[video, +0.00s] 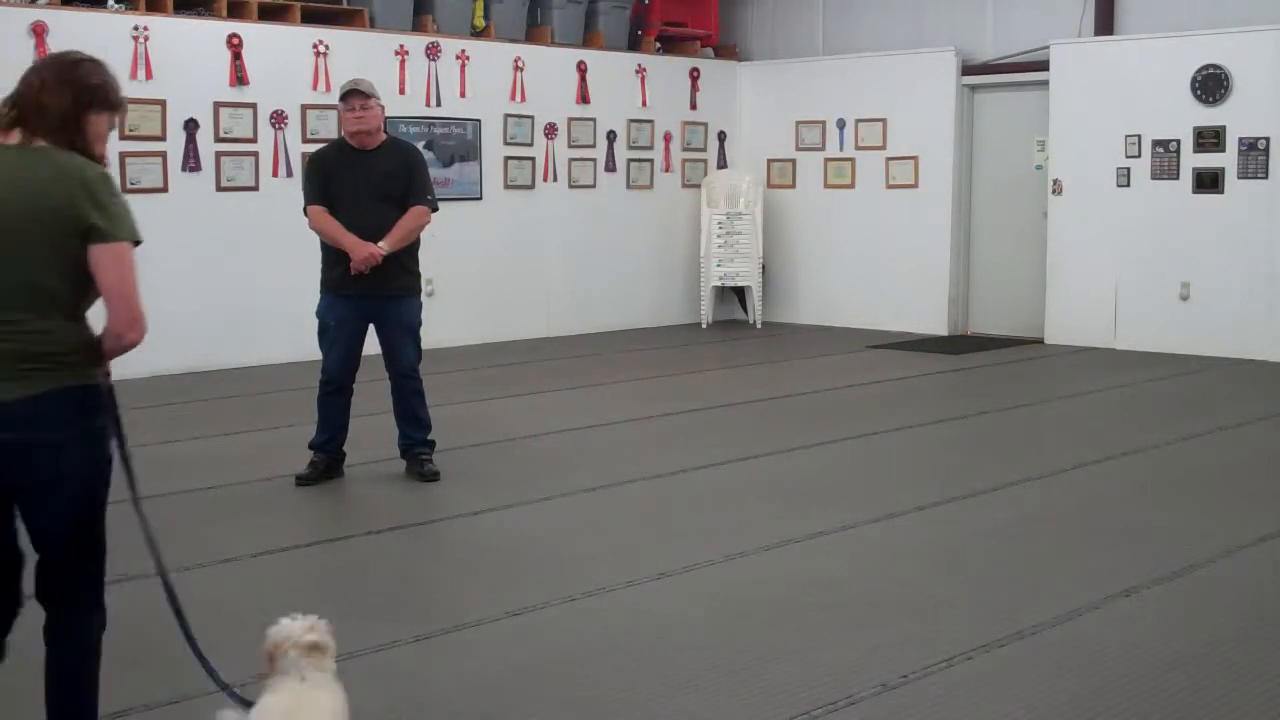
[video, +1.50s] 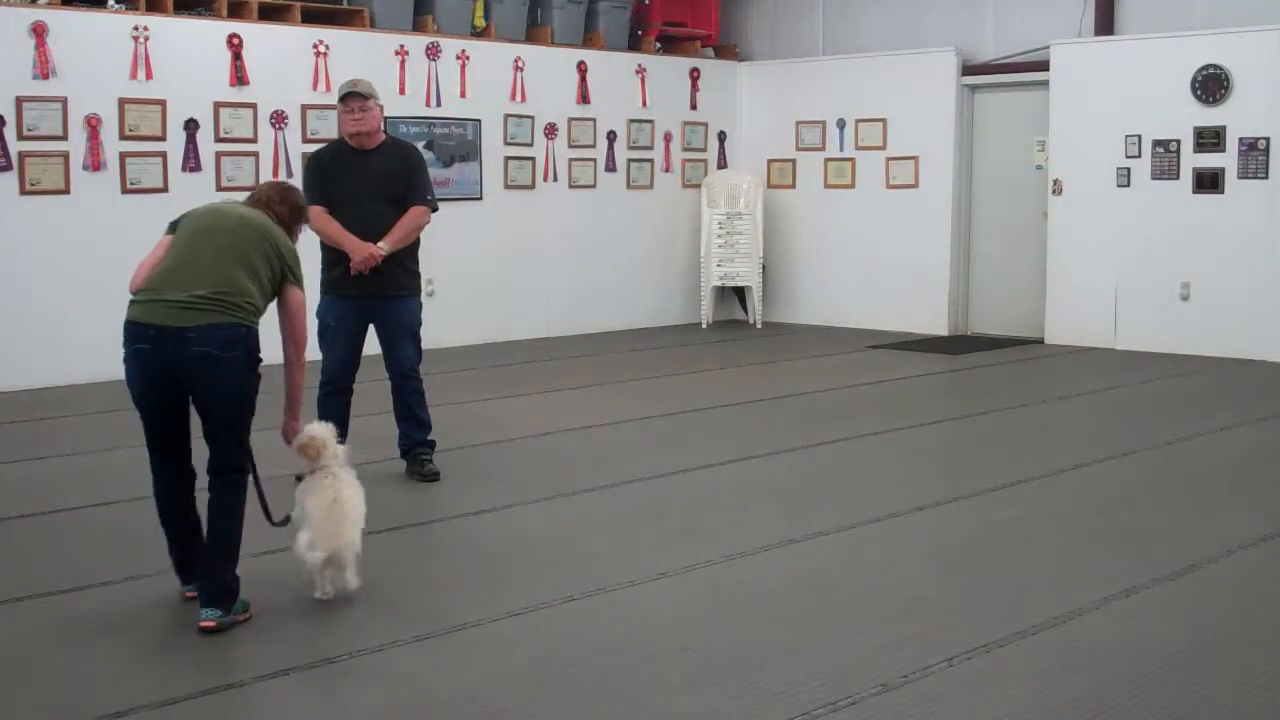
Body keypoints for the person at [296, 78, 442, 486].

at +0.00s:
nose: (358, 113)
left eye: (365, 106)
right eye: (350, 108)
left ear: (381, 112)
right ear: (340, 117)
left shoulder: (407, 155)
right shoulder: (321, 161)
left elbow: (421, 213)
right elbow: (316, 215)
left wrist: (378, 250)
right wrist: (355, 246)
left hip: (398, 288)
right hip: (342, 289)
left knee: (406, 373)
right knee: (335, 375)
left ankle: (419, 452)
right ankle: (327, 455)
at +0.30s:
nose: (357, 114)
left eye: (364, 107)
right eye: (349, 109)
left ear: (380, 112)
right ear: (339, 117)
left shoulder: (407, 155)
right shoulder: (321, 161)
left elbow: (421, 212)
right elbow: (315, 215)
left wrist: (378, 250)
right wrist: (355, 246)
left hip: (397, 287)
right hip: (342, 288)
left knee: (406, 373)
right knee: (334, 375)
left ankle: (419, 452)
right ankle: (327, 455)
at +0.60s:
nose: (357, 116)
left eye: (365, 108)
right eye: (349, 110)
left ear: (380, 112)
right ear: (339, 118)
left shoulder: (406, 154)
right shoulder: (321, 160)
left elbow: (421, 212)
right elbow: (315, 214)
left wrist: (378, 249)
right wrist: (354, 246)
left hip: (397, 287)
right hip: (342, 287)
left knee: (406, 371)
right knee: (334, 374)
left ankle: (419, 451)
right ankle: (327, 455)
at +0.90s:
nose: (357, 116)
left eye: (364, 108)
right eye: (349, 110)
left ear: (380, 112)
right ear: (338, 118)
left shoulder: (406, 154)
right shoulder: (320, 160)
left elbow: (421, 211)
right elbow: (315, 215)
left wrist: (379, 249)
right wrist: (354, 246)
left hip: (397, 287)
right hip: (342, 288)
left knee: (406, 372)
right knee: (334, 375)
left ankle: (419, 450)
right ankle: (327, 455)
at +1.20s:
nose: (357, 115)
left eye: (364, 108)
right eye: (349, 110)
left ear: (380, 113)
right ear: (339, 118)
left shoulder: (406, 155)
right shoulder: (321, 160)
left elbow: (421, 212)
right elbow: (315, 214)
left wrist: (378, 250)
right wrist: (355, 246)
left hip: (397, 289)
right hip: (342, 289)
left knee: (406, 373)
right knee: (335, 378)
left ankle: (418, 451)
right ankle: (327, 456)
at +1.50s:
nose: (357, 117)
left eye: (364, 109)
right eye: (350, 111)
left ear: (381, 113)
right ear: (339, 118)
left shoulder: (406, 155)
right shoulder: (321, 161)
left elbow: (421, 212)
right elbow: (316, 215)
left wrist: (378, 250)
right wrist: (355, 246)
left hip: (397, 289)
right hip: (342, 290)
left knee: (407, 373)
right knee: (335, 378)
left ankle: (418, 451)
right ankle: (327, 461)